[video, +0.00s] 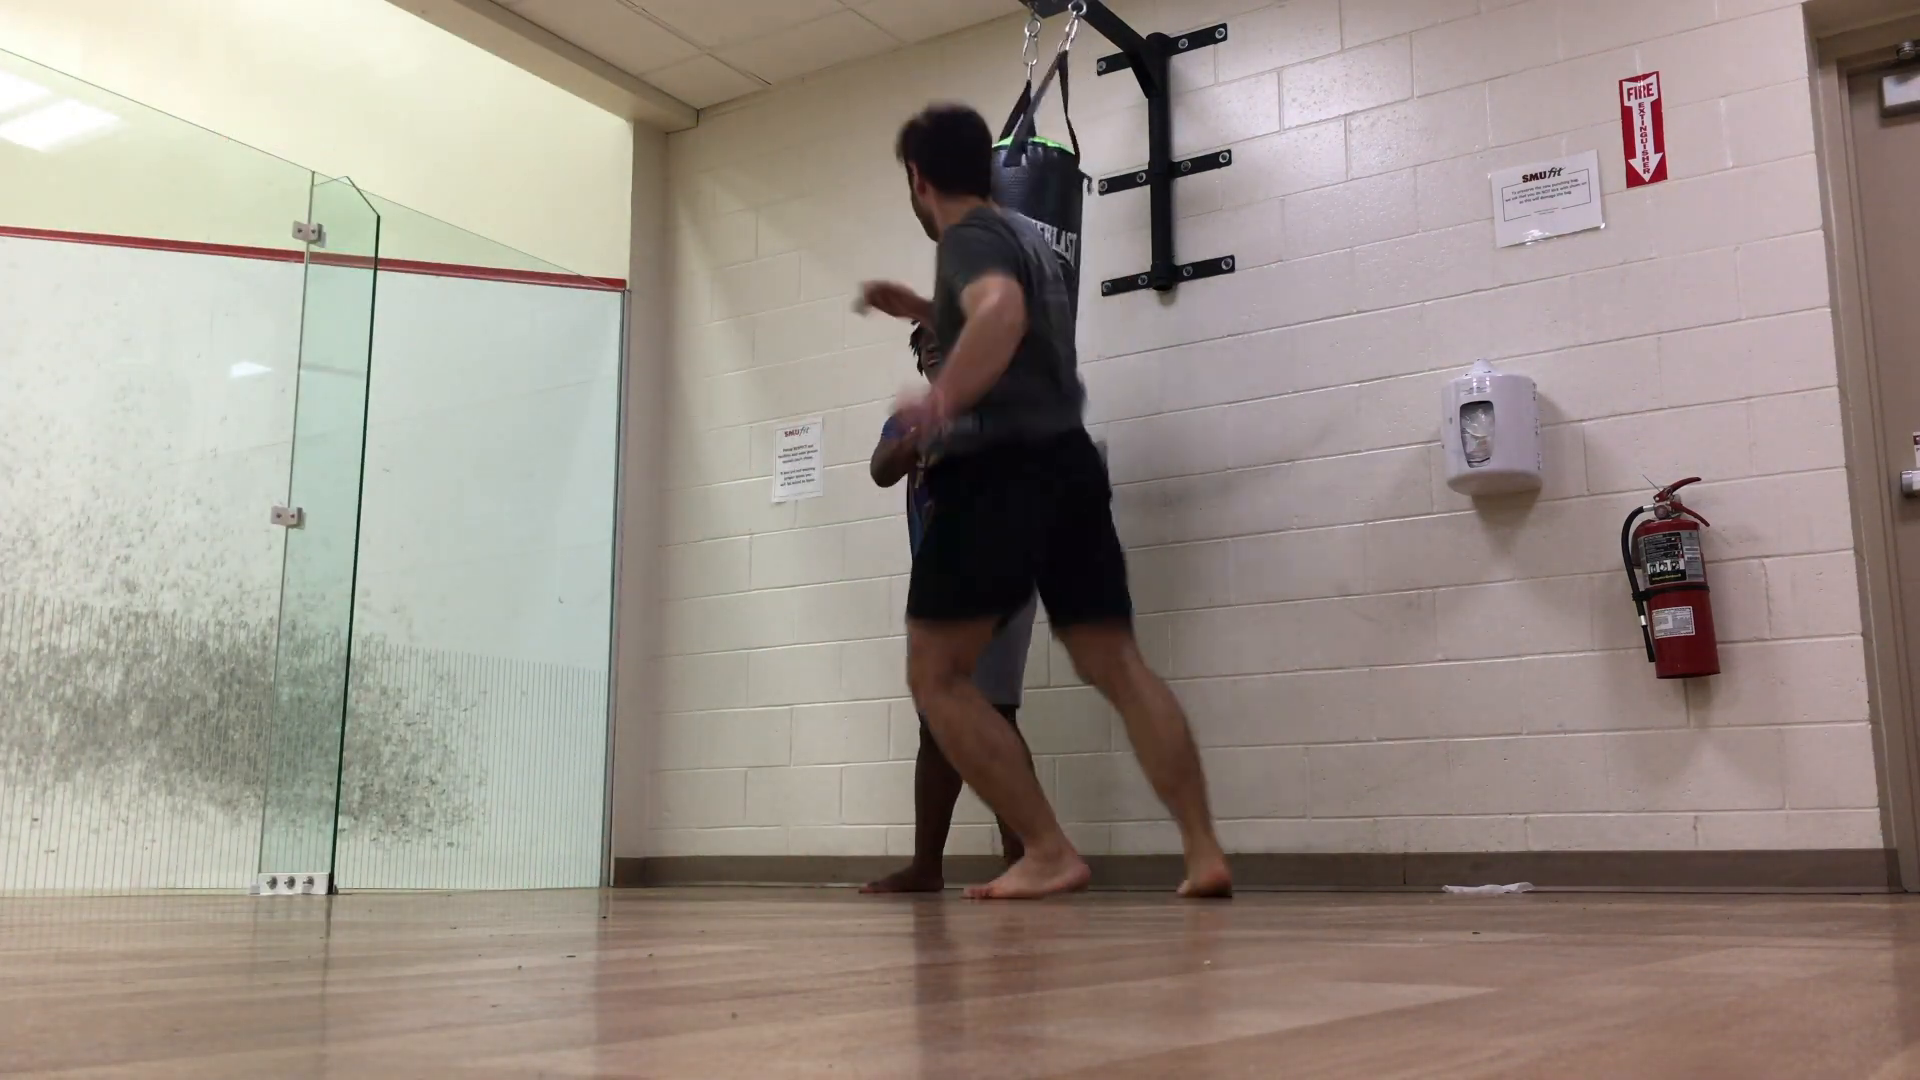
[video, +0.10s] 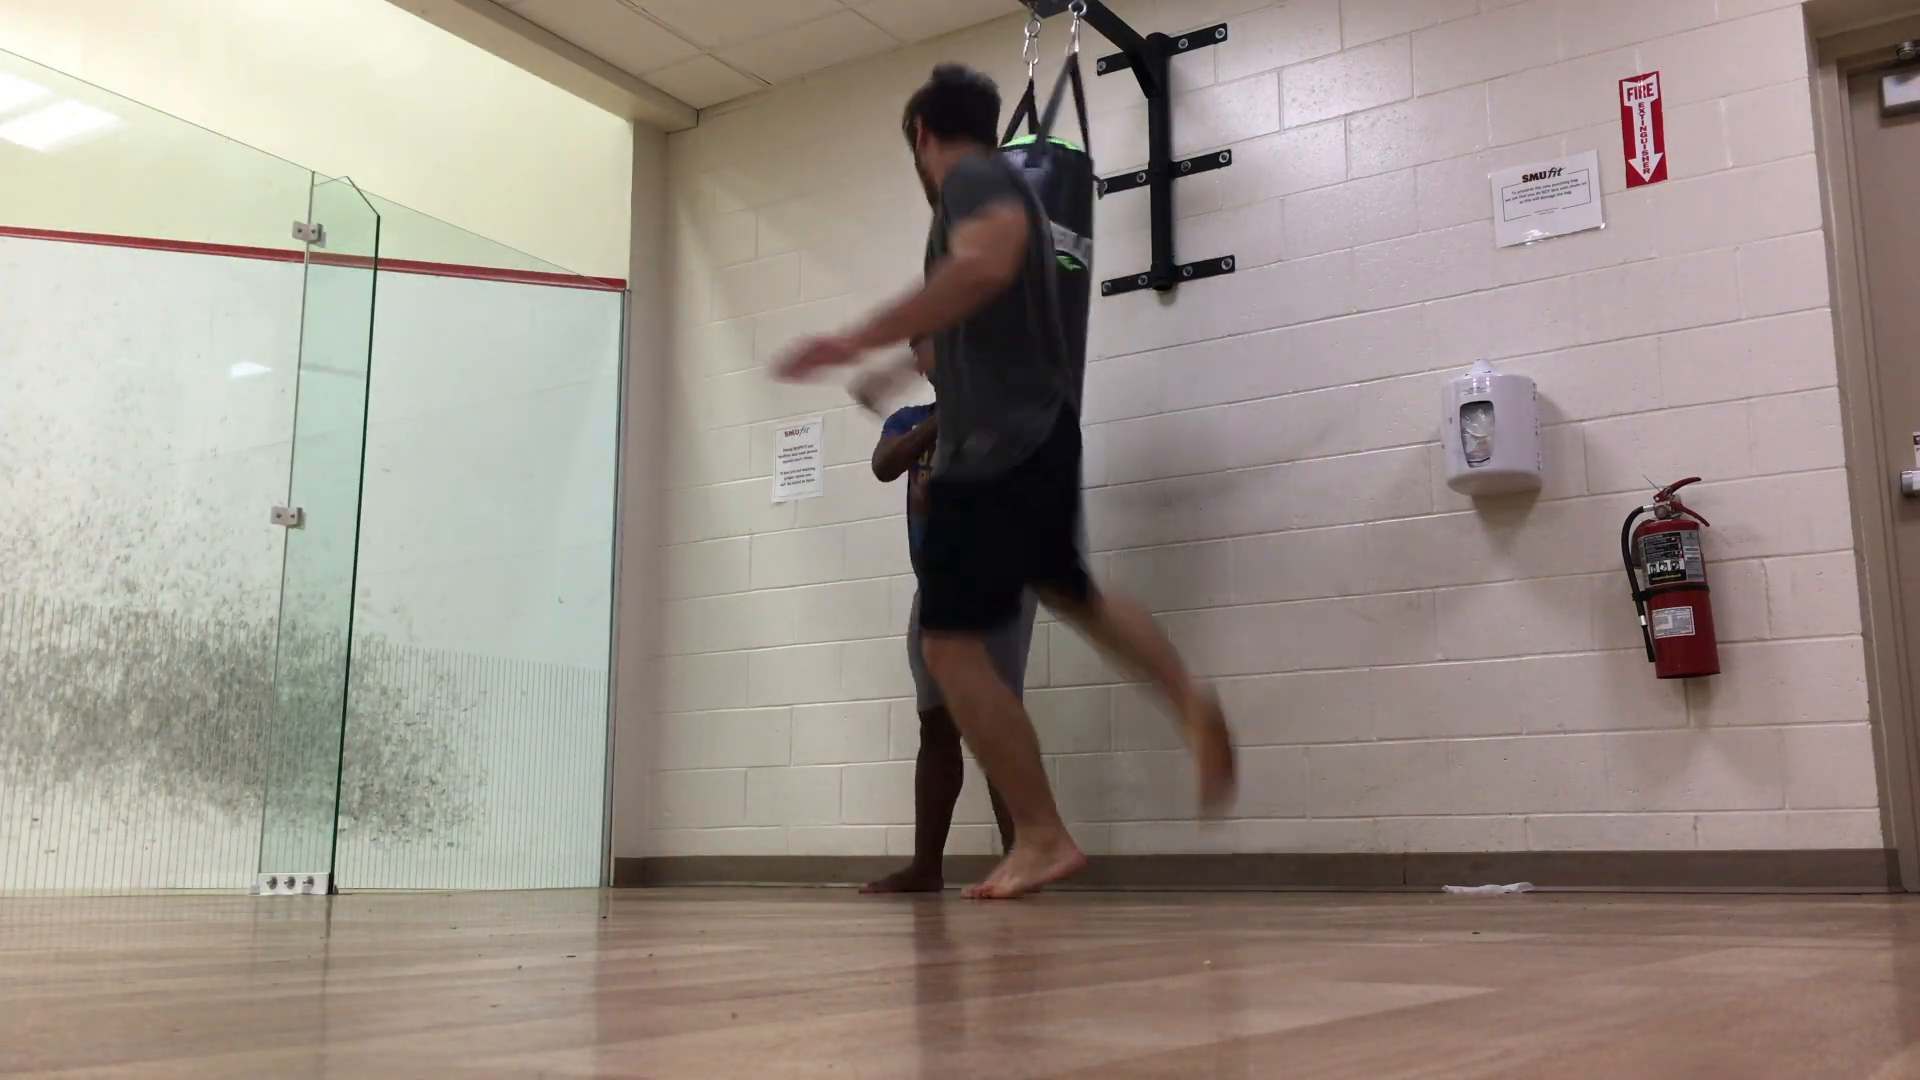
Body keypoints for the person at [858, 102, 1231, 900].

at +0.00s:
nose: (910, 194)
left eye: (908, 180)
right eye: (910, 180)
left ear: (921, 180)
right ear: (988, 170)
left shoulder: (967, 236)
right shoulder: (1037, 240)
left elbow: (1000, 306)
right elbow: (1019, 335)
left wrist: (939, 399)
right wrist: (924, 309)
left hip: (991, 478)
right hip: (1070, 470)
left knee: (936, 677)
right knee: (1116, 661)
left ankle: (1048, 852)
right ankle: (1204, 852)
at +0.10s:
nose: (917, 163)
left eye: (914, 148)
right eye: (916, 150)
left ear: (928, 136)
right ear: (985, 131)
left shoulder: (974, 177)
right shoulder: (1003, 195)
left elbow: (989, 259)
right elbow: (974, 332)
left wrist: (853, 337)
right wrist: (899, 368)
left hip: (988, 448)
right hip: (1042, 437)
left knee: (951, 643)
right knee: (1069, 589)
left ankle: (1041, 837)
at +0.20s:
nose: (908, 137)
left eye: (908, 123)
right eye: (910, 125)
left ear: (924, 110)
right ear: (984, 112)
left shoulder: (959, 156)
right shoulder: (1015, 174)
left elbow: (872, 271)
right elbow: (1066, 314)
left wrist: (822, 272)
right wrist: (1082, 408)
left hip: (1007, 415)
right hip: (1017, 404)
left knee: (969, 613)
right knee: (953, 466)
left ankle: (1013, 834)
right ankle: (1098, 483)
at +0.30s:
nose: (898, 123)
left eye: (900, 113)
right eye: (907, 113)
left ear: (909, 110)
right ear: (981, 119)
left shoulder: (918, 149)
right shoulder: (1024, 196)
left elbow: (834, 261)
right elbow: (1109, 293)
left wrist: (887, 194)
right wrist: (1166, 364)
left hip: (992, 403)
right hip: (1038, 393)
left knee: (989, 637)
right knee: (973, 461)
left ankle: (1013, 848)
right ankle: (1092, 482)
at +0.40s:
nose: (899, 100)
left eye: (899, 90)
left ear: (905, 90)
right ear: (980, 96)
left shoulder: (899, 130)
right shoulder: (1035, 162)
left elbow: (862, 277)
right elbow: (1125, 268)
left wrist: (905, 241)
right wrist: (1144, 353)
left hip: (975, 384)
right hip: (1059, 372)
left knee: (985, 604)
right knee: (1065, 515)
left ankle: (1016, 826)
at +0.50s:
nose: (891, 123)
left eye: (892, 111)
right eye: (894, 111)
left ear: (903, 109)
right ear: (978, 110)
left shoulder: (900, 164)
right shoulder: (1040, 171)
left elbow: (891, 304)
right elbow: (1119, 276)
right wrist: (1082, 352)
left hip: (967, 417)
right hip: (1059, 404)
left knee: (985, 630)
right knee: (1109, 608)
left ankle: (1022, 843)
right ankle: (1177, 790)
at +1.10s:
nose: (975, 152)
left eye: (971, 141)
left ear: (980, 143)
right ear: (1057, 135)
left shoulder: (946, 217)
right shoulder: (1111, 193)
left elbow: (915, 363)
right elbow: (1164, 299)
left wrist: (943, 412)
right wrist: (1188, 424)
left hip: (996, 443)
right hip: (1101, 437)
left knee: (986, 643)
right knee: (1125, 643)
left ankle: (995, 861)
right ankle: (1153, 860)